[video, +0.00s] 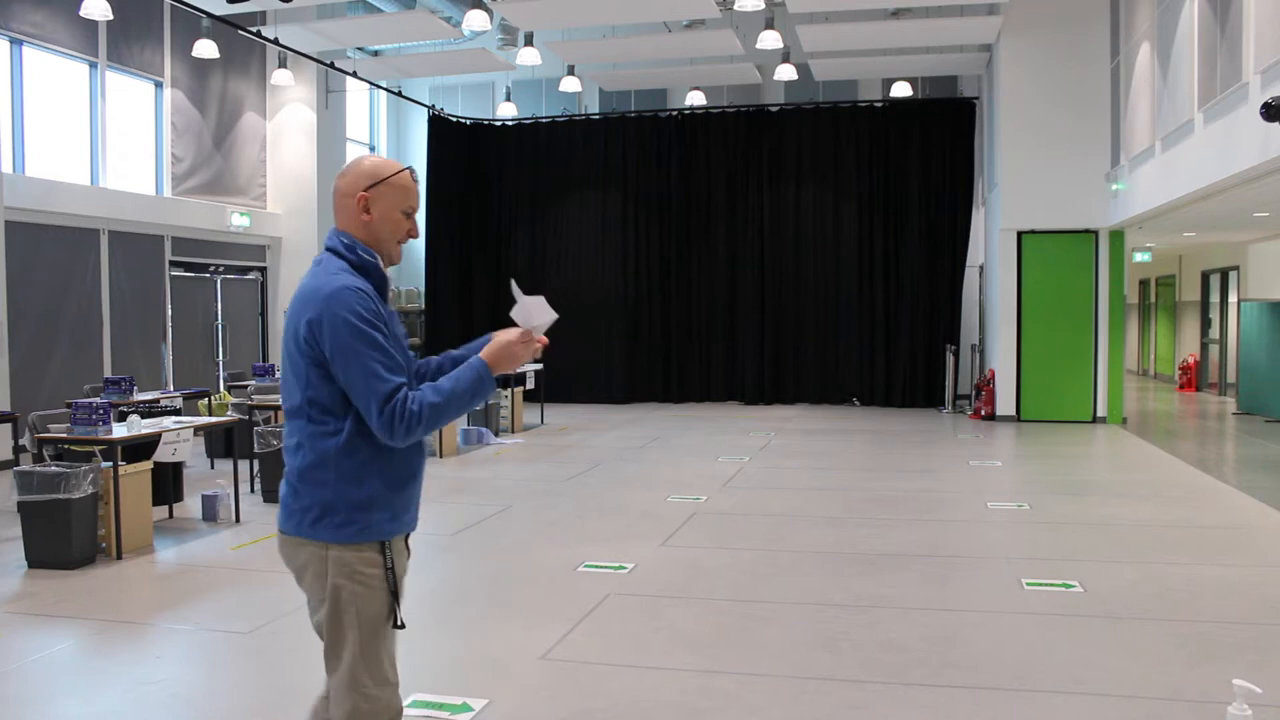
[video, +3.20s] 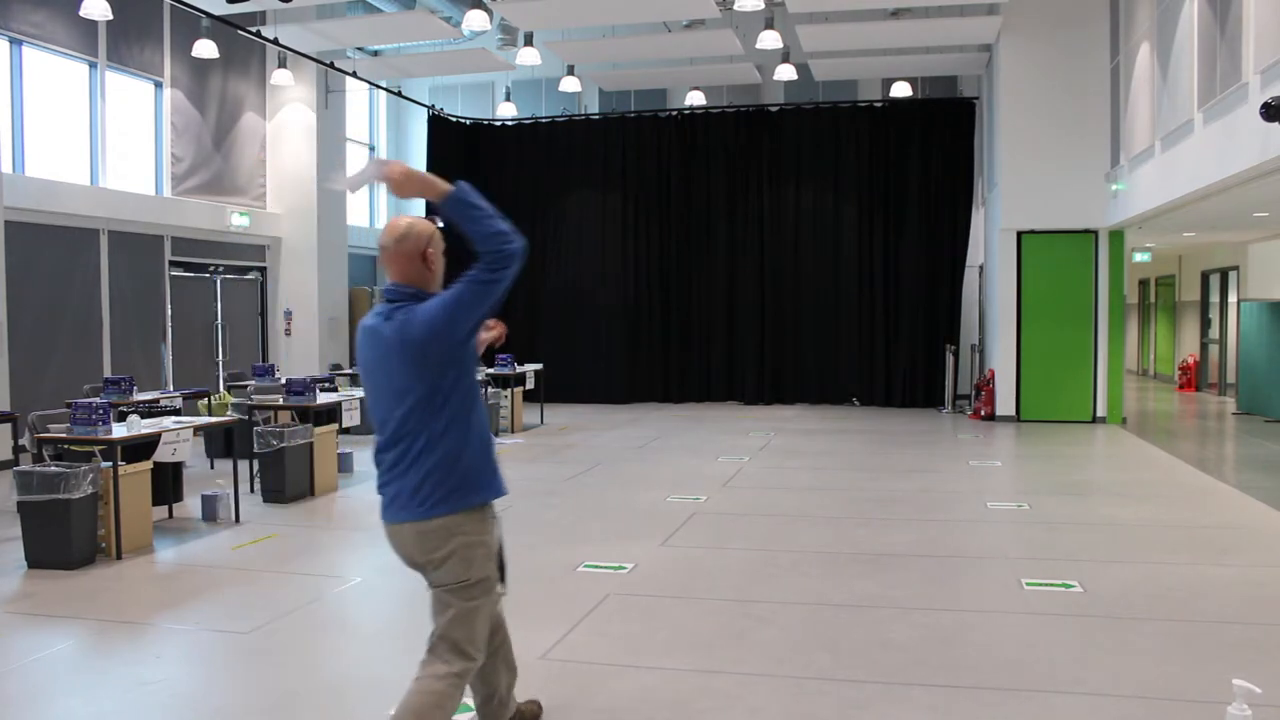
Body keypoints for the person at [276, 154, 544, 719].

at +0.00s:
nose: (414, 229)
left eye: (414, 215)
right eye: (406, 213)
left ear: (363, 209)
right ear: (363, 206)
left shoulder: (354, 288)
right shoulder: (339, 297)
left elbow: (410, 378)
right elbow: (396, 418)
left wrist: (492, 350)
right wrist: (489, 366)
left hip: (355, 529)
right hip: (344, 534)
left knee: (356, 692)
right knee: (368, 700)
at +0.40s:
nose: (368, 231)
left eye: (368, 217)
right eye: (362, 216)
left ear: (320, 213)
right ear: (330, 211)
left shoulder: (268, 285)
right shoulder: (321, 297)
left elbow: (349, 382)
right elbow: (378, 414)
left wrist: (424, 360)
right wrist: (437, 366)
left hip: (260, 524)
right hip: (310, 535)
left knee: (282, 694)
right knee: (355, 699)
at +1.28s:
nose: (333, 215)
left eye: (331, 204)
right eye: (330, 204)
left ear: (262, 211)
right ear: (313, 209)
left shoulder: (223, 286)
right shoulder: (325, 294)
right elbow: (416, 357)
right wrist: (424, 286)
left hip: (233, 523)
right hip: (312, 531)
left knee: (263, 690)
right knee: (342, 691)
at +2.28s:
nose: (333, 209)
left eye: (328, 196)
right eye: (328, 198)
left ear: (264, 215)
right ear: (314, 212)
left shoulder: (230, 289)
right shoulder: (325, 288)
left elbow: (285, 356)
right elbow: (430, 268)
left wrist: (358, 333)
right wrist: (434, 185)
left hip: (244, 522)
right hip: (322, 524)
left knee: (272, 688)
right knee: (350, 688)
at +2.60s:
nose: (365, 220)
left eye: (361, 209)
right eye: (360, 209)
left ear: (303, 222)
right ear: (346, 221)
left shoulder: (282, 295)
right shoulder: (335, 290)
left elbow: (358, 354)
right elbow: (439, 237)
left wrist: (418, 311)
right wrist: (415, 146)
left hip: (308, 521)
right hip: (353, 521)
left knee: (366, 660)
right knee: (379, 683)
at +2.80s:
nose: (386, 233)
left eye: (382, 222)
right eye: (382, 222)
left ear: (330, 234)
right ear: (367, 233)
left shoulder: (321, 301)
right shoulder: (340, 300)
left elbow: (387, 357)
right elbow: (436, 238)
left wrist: (449, 308)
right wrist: (393, 144)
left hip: (378, 510)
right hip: (373, 518)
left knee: (426, 645)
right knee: (395, 682)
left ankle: (432, 715)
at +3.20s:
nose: (443, 258)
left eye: (440, 249)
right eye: (439, 250)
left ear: (388, 263)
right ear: (430, 258)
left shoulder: (369, 333)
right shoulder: (436, 322)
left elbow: (422, 367)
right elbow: (505, 249)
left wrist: (471, 343)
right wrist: (437, 187)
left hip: (405, 518)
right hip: (453, 517)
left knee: (484, 612)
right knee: (455, 654)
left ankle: (499, 709)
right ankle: (409, 718)